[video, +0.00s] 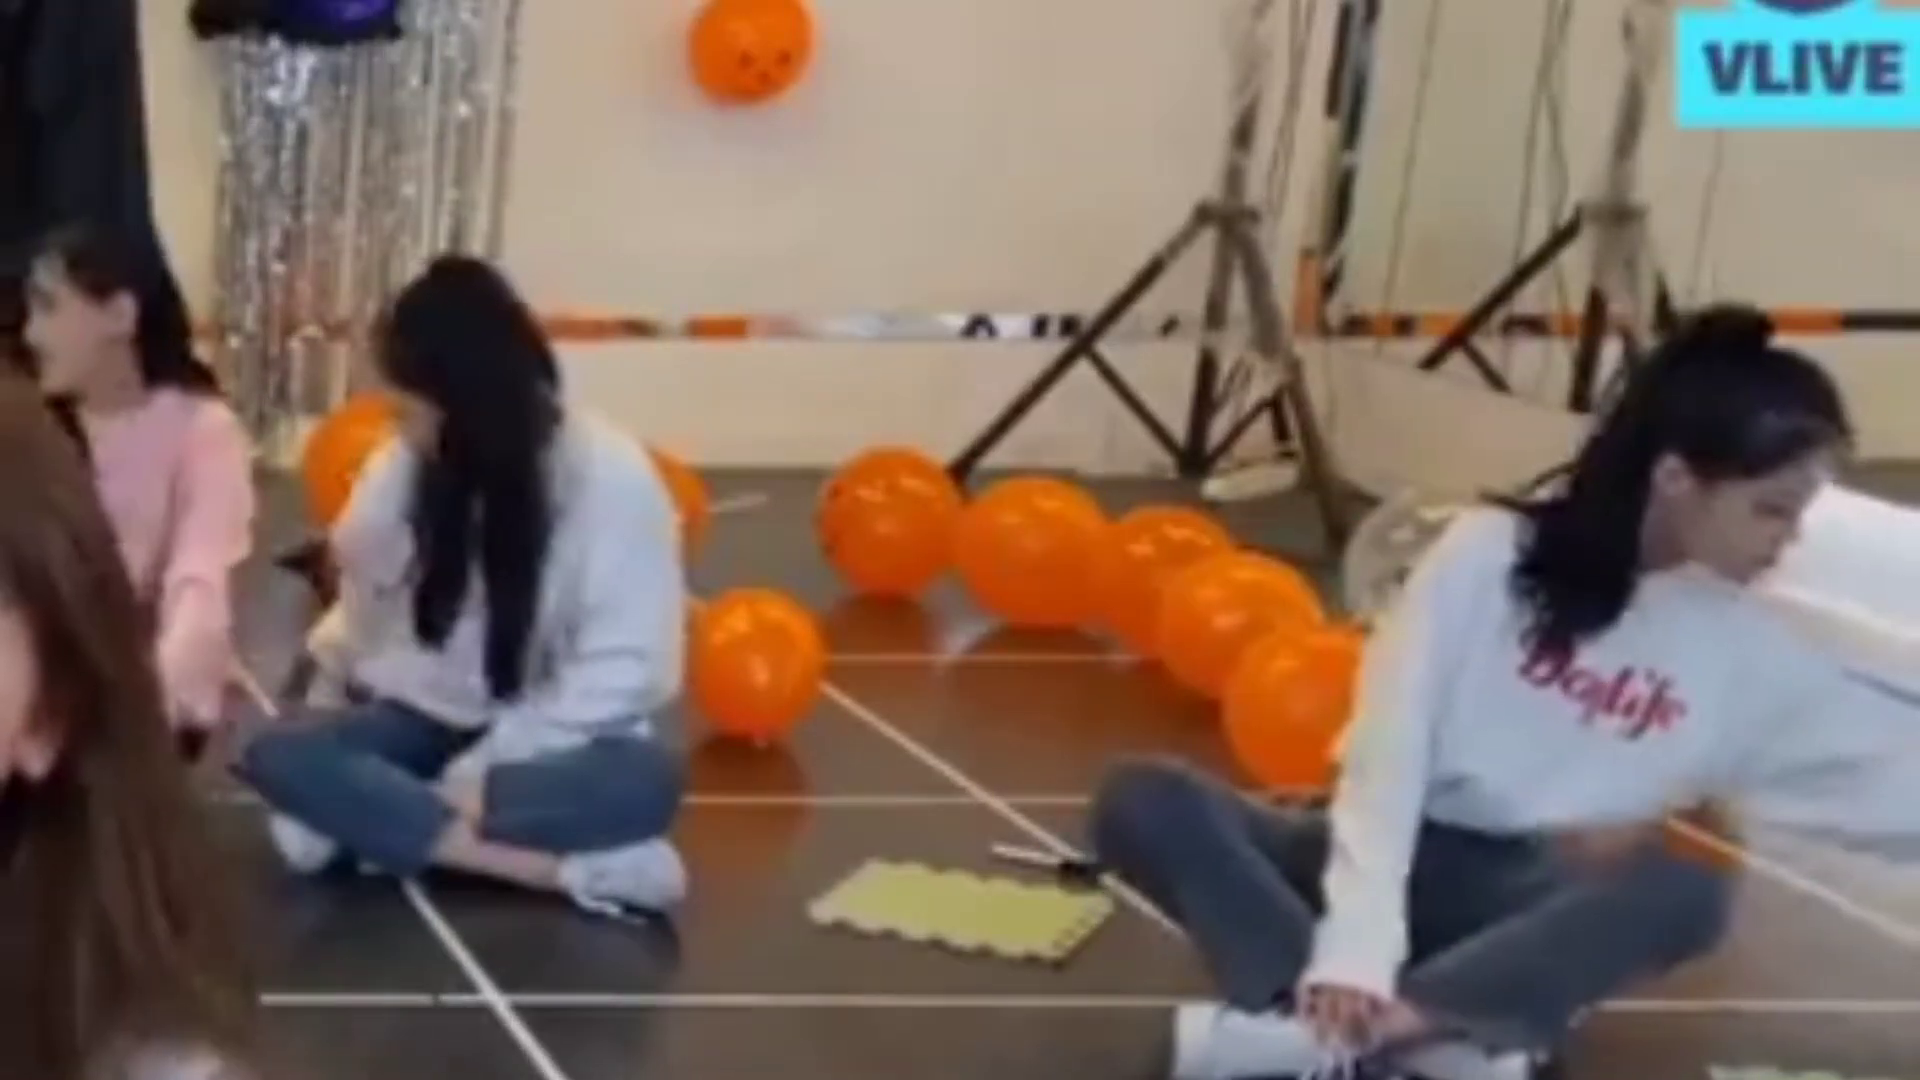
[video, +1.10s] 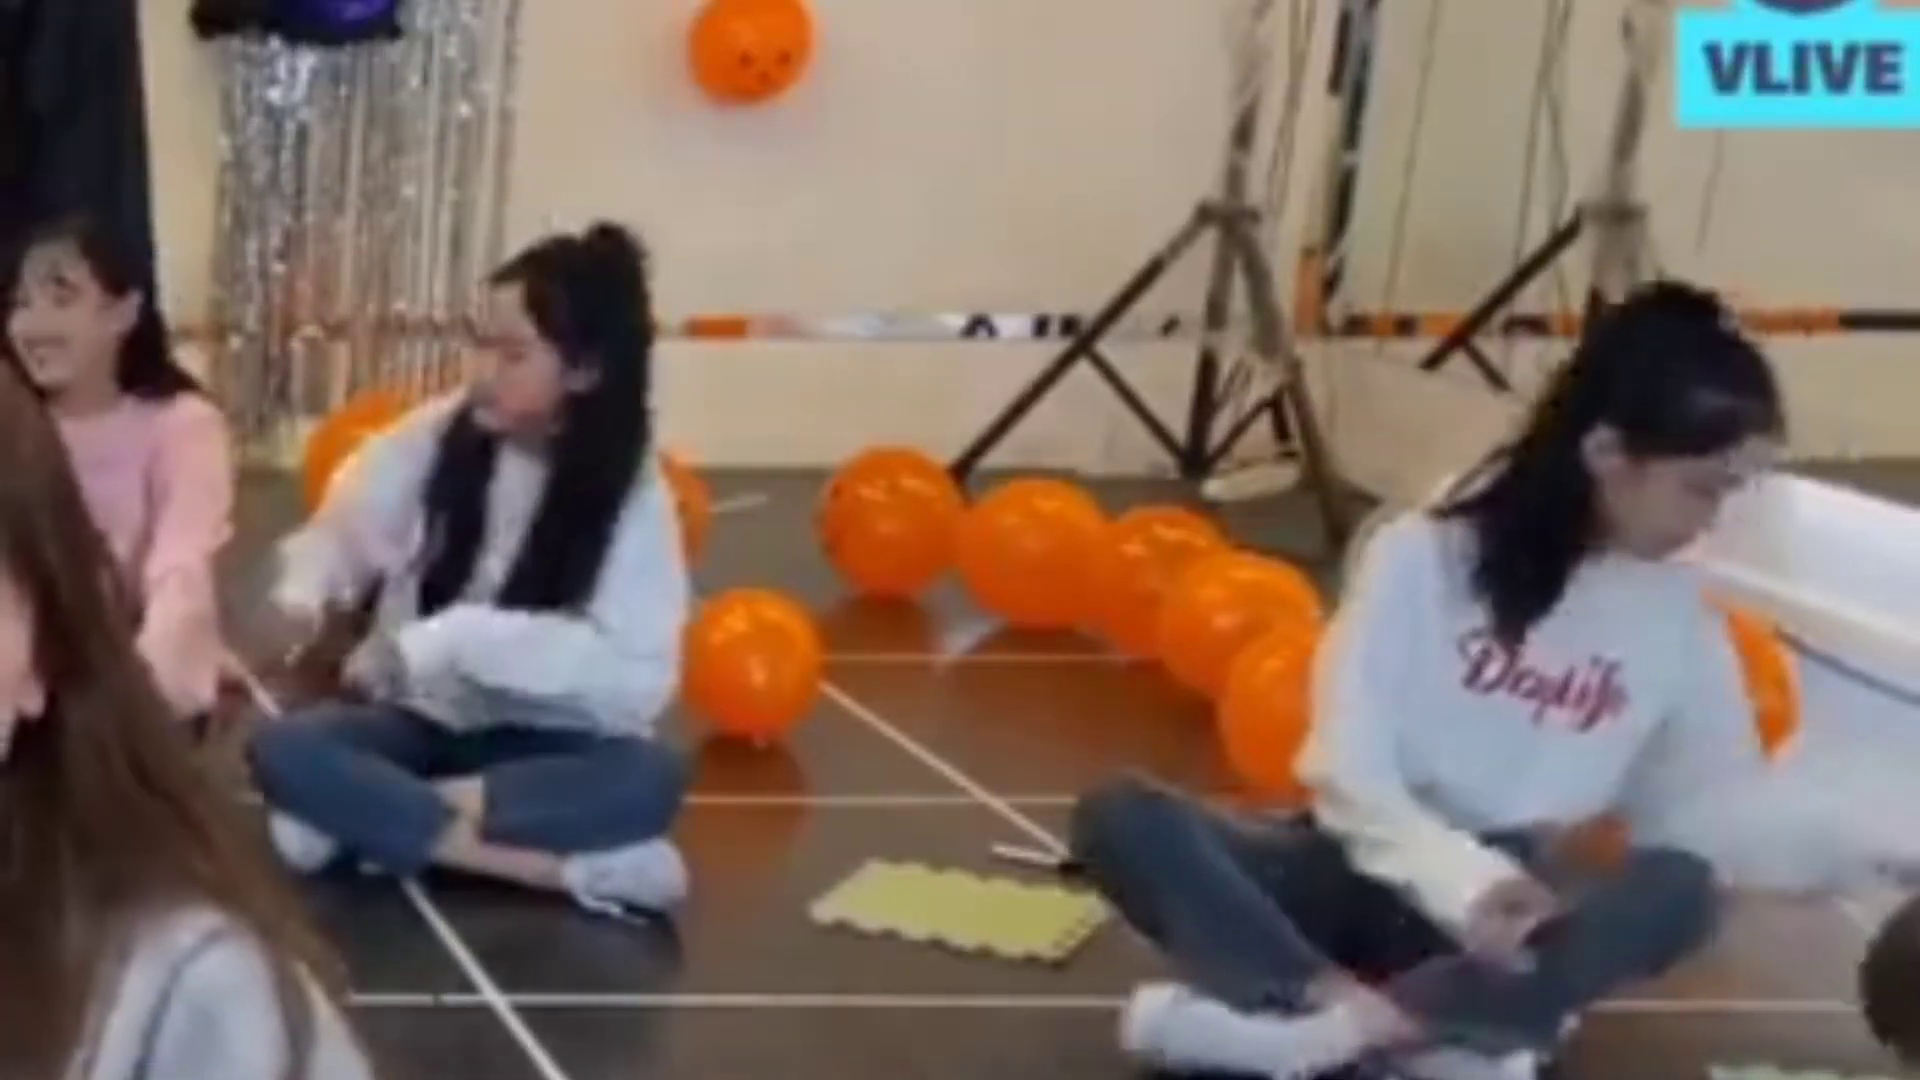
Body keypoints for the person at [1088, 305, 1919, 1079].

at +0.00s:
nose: (1796, 529)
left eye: (1807, 502)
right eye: (1777, 503)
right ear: (1676, 481)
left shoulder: (1745, 657)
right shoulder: (1482, 553)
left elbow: (1901, 766)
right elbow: (1382, 758)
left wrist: (1703, 810)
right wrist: (1355, 950)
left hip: (1513, 887)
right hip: (1366, 850)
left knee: (1687, 893)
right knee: (1139, 795)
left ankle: (1326, 1038)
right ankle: (1410, 1045)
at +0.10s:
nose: (1799, 538)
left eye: (1809, 513)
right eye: (1782, 510)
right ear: (1683, 483)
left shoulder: (1736, 647)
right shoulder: (1482, 554)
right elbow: (1376, 761)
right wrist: (1351, 948)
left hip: (1516, 891)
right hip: (1369, 856)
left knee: (1687, 889)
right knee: (1143, 793)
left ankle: (1325, 1038)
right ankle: (1410, 1046)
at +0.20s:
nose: (1808, 550)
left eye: (1818, 524)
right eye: (1796, 520)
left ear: (1701, 492)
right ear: (1696, 487)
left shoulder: (1727, 651)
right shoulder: (1489, 554)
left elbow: (1683, 847)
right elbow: (1379, 757)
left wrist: (1698, 937)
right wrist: (1356, 947)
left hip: (1515, 894)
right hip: (1370, 856)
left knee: (1687, 885)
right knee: (1147, 791)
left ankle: (1325, 1040)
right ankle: (1410, 1044)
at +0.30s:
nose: (1808, 549)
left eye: (1821, 524)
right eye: (1797, 519)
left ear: (1710, 489)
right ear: (1707, 485)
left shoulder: (1727, 650)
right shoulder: (1488, 556)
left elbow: (1705, 833)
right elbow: (1376, 759)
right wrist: (1360, 950)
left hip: (1511, 886)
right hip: (1366, 852)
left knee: (1693, 894)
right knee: (1147, 791)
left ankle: (1332, 1039)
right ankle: (1404, 1043)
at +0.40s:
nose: (1805, 540)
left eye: (1820, 514)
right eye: (1794, 510)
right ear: (1704, 480)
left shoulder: (1728, 650)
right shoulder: (1481, 555)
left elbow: (1805, 819)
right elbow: (1374, 761)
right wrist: (1354, 954)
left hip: (1509, 886)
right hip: (1363, 853)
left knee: (1693, 899)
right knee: (1144, 793)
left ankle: (1329, 1039)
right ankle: (1405, 1045)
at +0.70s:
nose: (1796, 539)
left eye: (1810, 514)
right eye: (1789, 511)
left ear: (1711, 492)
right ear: (1700, 483)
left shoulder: (1720, 638)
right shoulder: (1471, 557)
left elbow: (1718, 827)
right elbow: (1363, 760)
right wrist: (1351, 953)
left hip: (1500, 892)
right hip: (1360, 855)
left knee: (1691, 901)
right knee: (1139, 796)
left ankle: (1326, 1041)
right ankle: (1406, 1046)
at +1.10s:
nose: (1718, 513)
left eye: (1734, 487)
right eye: (1706, 484)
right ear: (1607, 453)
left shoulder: (1680, 627)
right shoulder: (1418, 554)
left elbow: (1689, 821)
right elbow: (1345, 774)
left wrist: (1859, 849)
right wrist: (1469, 884)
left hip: (1508, 899)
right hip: (1354, 866)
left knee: (1680, 890)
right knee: (1119, 816)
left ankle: (1328, 1033)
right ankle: (1393, 1042)